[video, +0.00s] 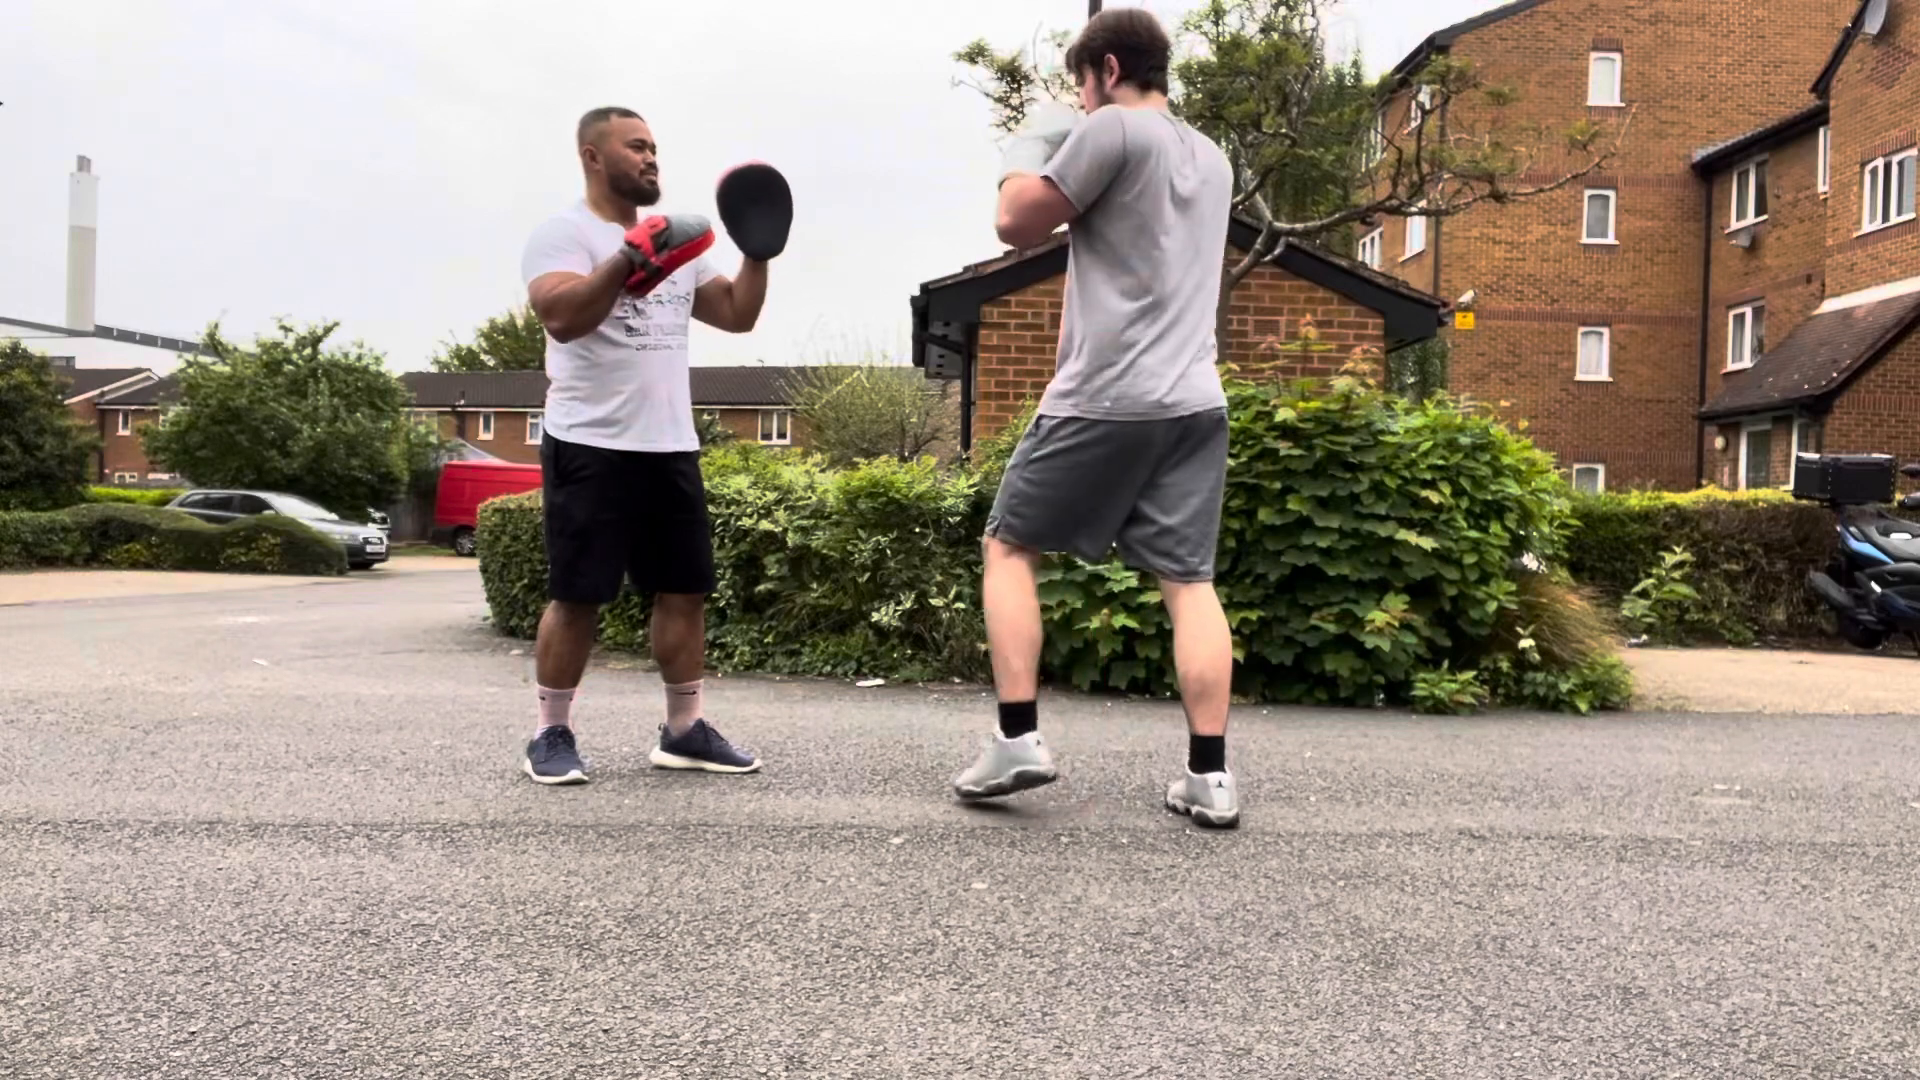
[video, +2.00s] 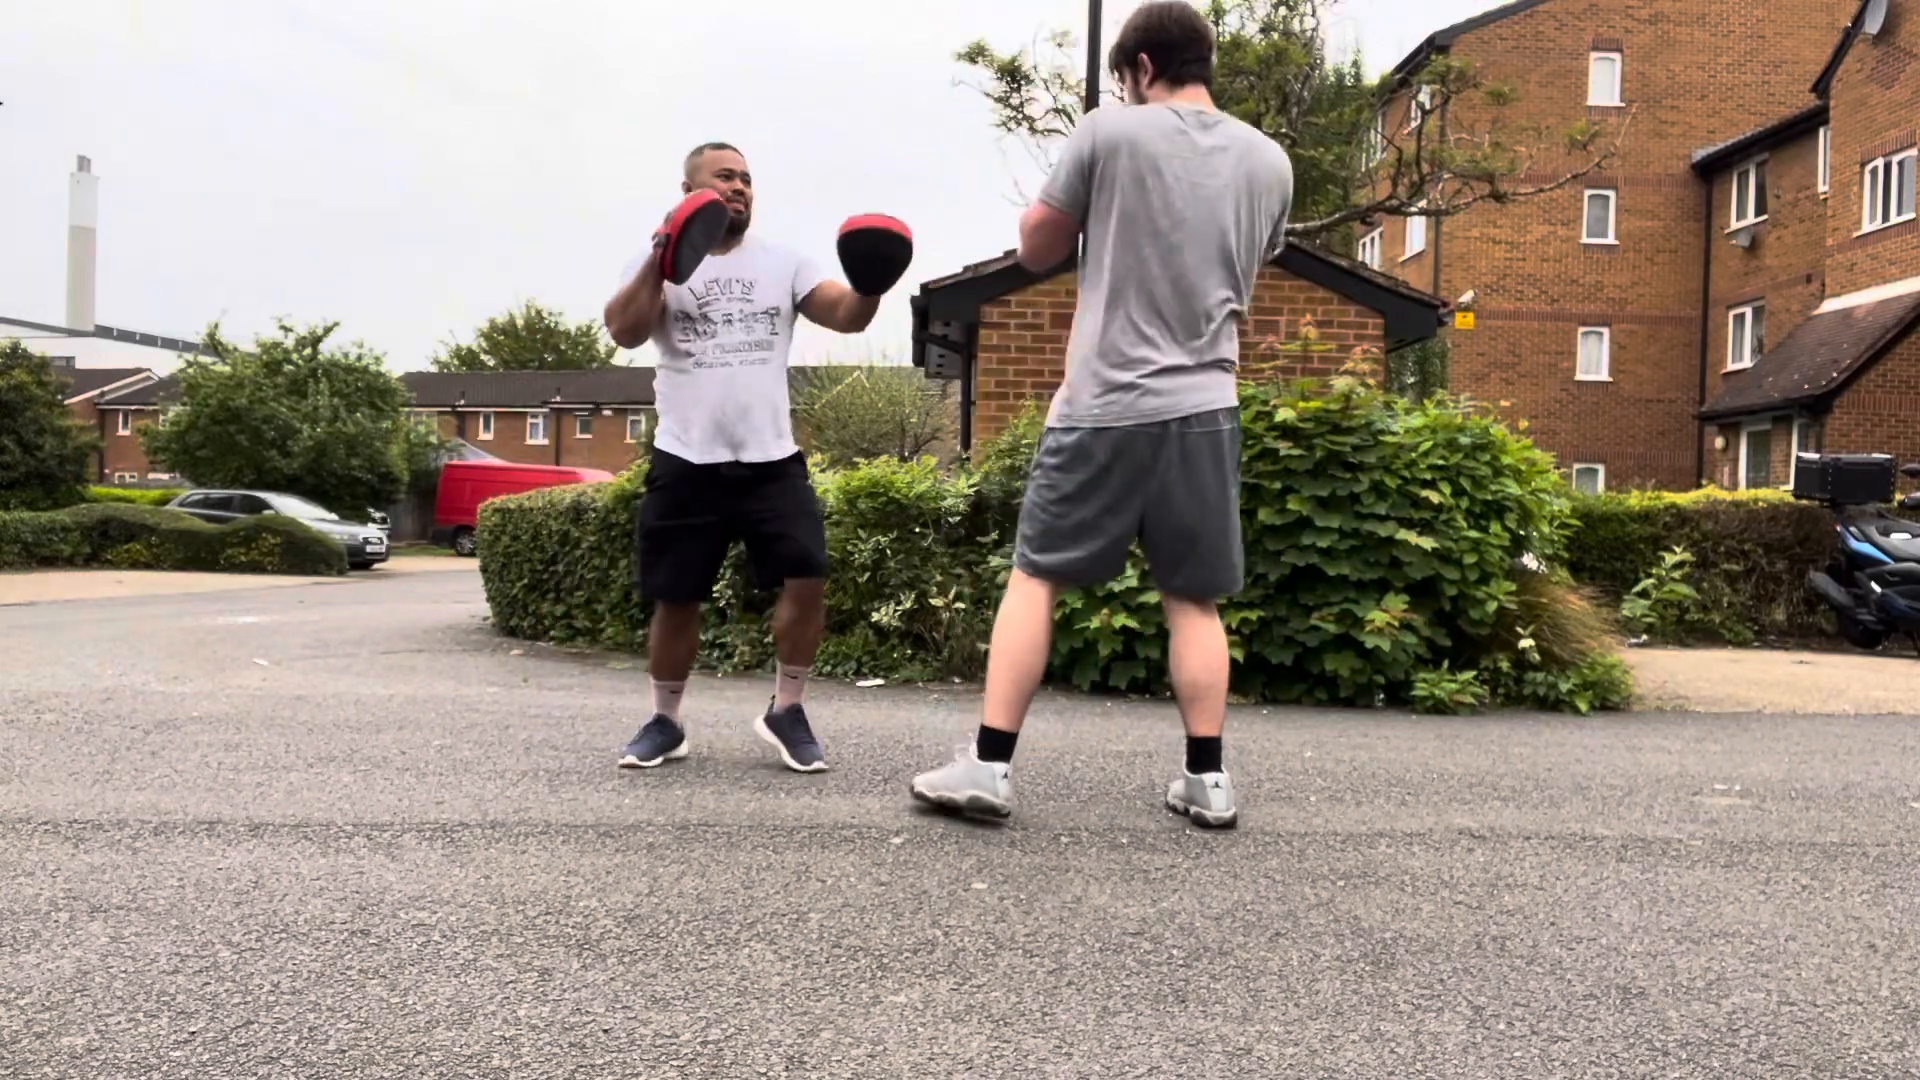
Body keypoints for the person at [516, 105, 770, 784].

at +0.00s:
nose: (652, 160)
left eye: (654, 150)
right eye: (637, 147)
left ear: (653, 164)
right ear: (592, 157)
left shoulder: (675, 243)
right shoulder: (561, 234)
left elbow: (737, 312)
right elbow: (561, 318)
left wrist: (756, 247)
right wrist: (631, 255)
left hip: (670, 443)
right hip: (587, 443)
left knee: (683, 586)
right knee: (576, 592)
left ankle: (684, 727)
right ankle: (552, 732)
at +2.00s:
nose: (739, 187)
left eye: (746, 179)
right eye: (723, 177)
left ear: (754, 194)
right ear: (688, 191)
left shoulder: (784, 259)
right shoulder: (663, 260)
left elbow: (849, 317)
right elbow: (622, 331)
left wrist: (873, 278)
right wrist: (661, 258)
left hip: (771, 456)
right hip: (686, 458)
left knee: (808, 572)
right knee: (675, 593)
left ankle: (787, 709)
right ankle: (665, 720)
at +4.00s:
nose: (762, 192)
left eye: (768, 183)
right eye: (747, 183)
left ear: (775, 196)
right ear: (712, 199)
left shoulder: (794, 268)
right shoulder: (677, 259)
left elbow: (853, 337)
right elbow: (669, 327)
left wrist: (854, 269)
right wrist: (710, 253)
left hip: (782, 460)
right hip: (698, 458)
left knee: (805, 595)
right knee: (684, 600)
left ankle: (829, 727)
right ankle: (665, 722)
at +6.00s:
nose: (842, 193)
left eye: (848, 185)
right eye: (827, 180)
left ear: (851, 201)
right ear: (790, 188)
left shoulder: (853, 274)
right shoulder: (752, 252)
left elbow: (892, 371)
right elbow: (740, 292)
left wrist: (919, 316)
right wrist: (760, 208)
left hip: (835, 462)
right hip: (751, 459)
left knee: (858, 588)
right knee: (726, 600)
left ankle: (853, 727)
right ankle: (700, 719)